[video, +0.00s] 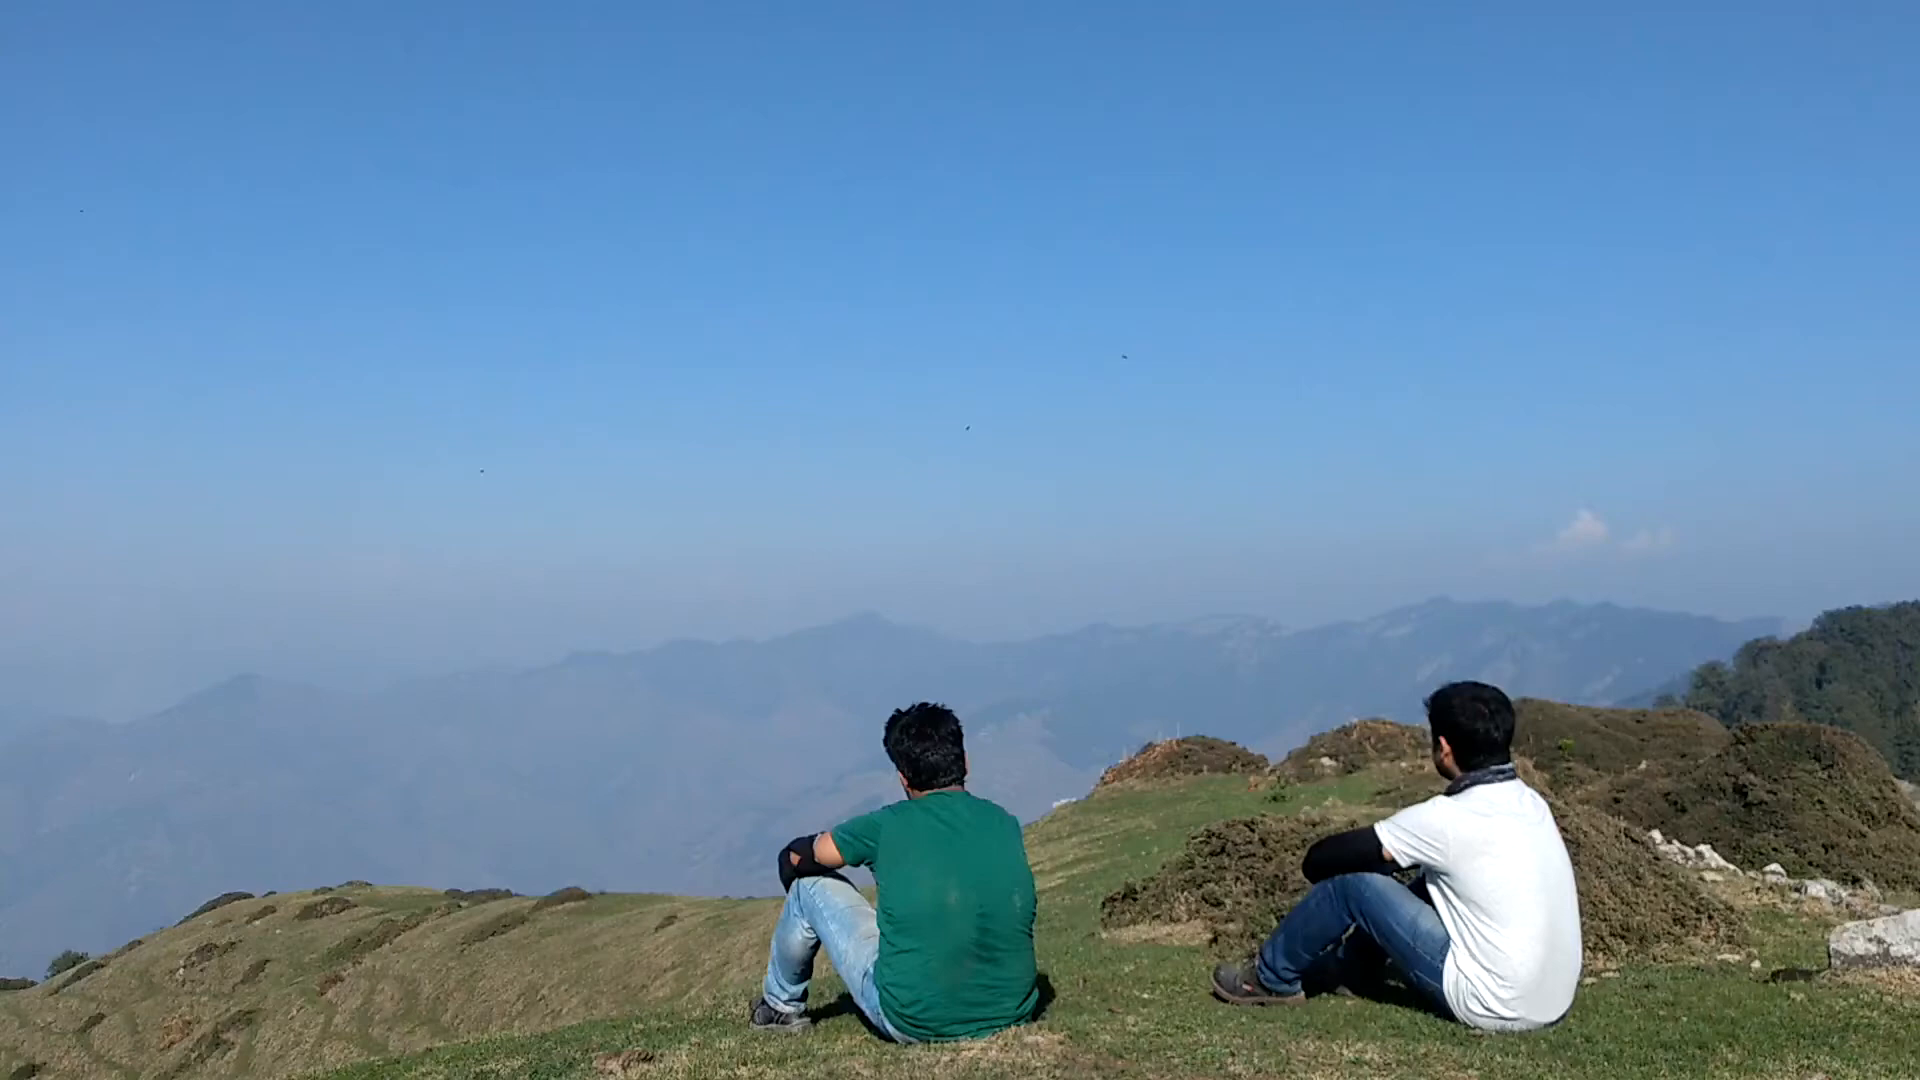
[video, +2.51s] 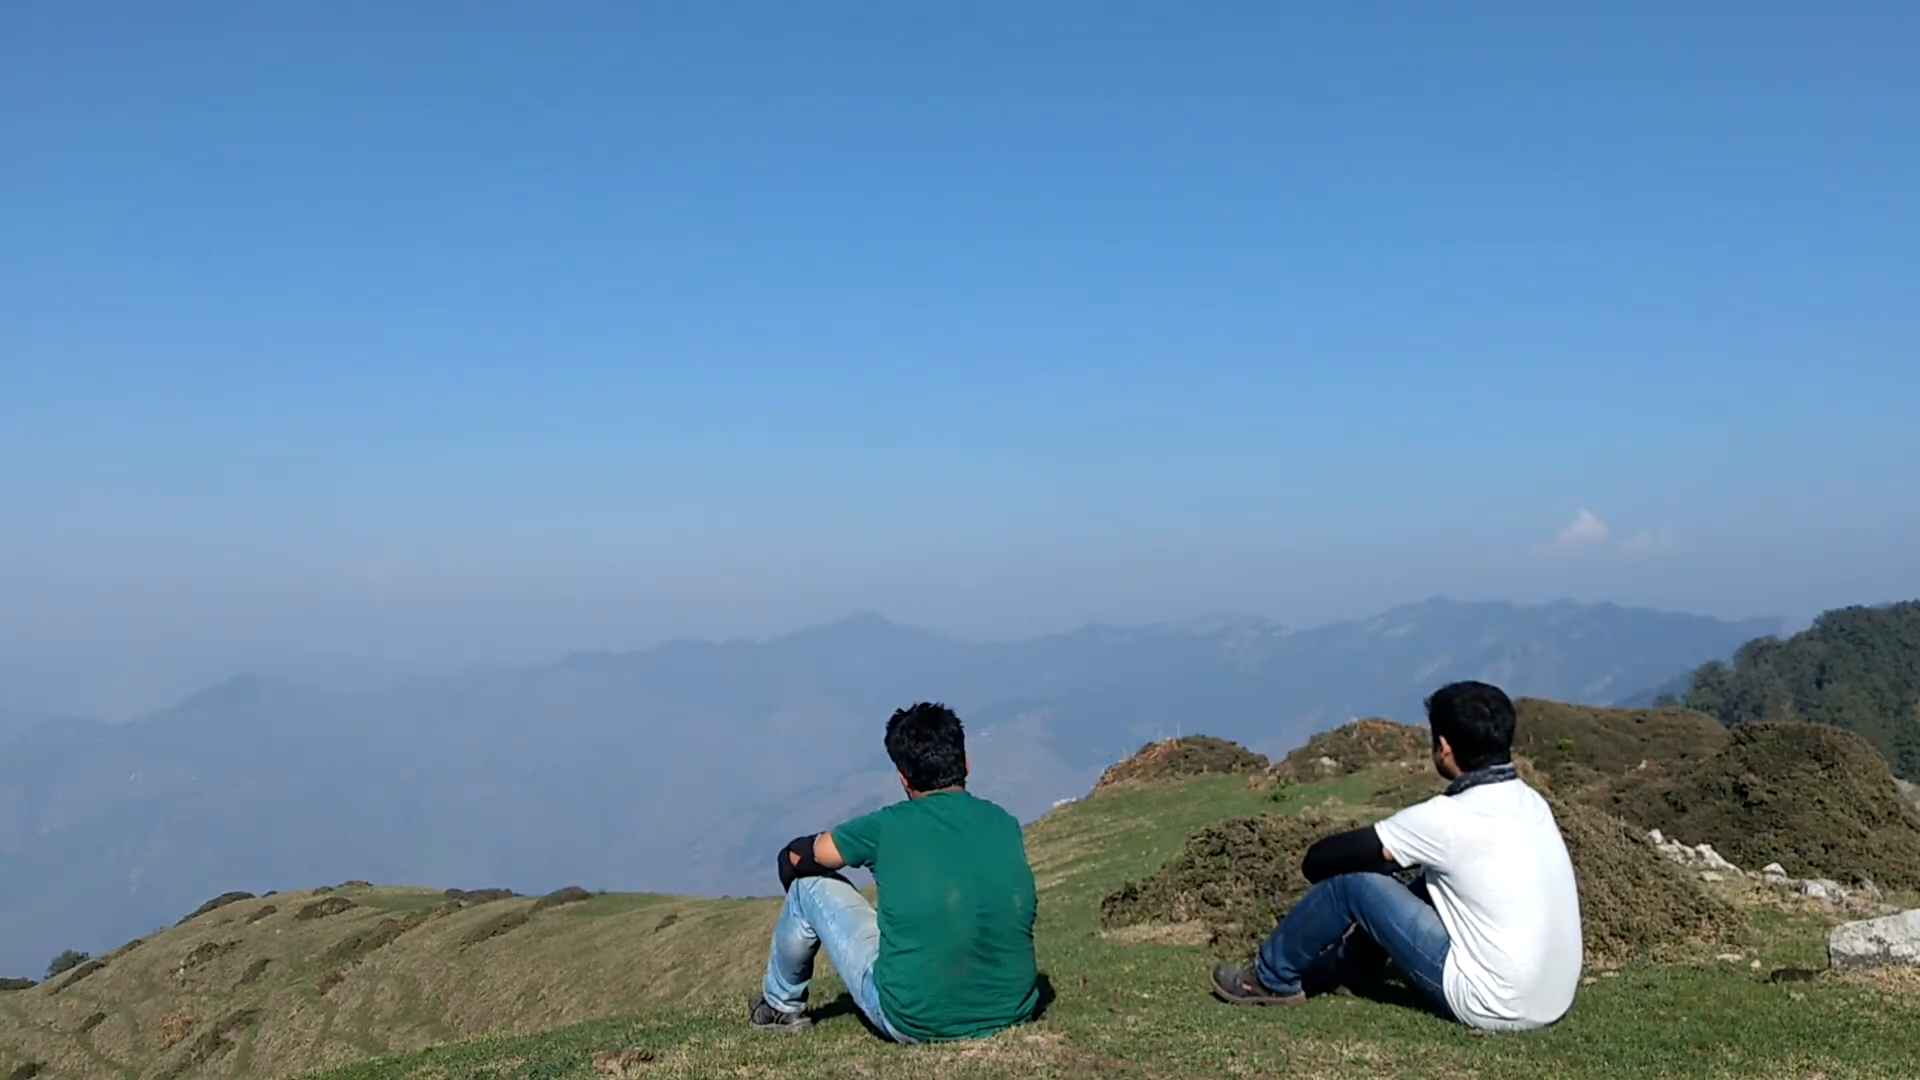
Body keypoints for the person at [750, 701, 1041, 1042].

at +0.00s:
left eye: (897, 771)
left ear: (904, 778)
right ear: (966, 764)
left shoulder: (887, 824)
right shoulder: (1005, 822)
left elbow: (796, 856)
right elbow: (1021, 911)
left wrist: (797, 886)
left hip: (915, 1020)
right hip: (1008, 1012)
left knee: (811, 886)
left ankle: (781, 1005)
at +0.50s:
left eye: (898, 771)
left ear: (904, 778)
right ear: (966, 764)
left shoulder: (888, 824)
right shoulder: (1006, 822)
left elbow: (796, 857)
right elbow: (1021, 912)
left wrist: (798, 891)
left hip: (915, 1020)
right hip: (1009, 1012)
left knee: (811, 886)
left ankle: (781, 1005)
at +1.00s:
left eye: (898, 770)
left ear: (904, 778)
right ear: (966, 764)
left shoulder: (888, 824)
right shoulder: (1006, 823)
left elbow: (796, 857)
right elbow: (1022, 913)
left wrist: (797, 890)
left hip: (915, 1020)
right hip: (1008, 1012)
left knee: (810, 886)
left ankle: (781, 1005)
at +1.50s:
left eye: (898, 770)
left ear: (904, 777)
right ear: (966, 764)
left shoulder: (887, 825)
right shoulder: (1006, 823)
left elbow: (796, 856)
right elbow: (1020, 911)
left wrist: (796, 888)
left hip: (915, 1020)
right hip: (1009, 1011)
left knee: (810, 885)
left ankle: (781, 1005)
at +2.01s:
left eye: (898, 770)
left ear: (904, 777)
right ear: (967, 764)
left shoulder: (887, 825)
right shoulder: (1006, 823)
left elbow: (796, 857)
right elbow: (1022, 912)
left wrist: (797, 889)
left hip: (915, 1021)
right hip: (1009, 1012)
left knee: (810, 885)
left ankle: (781, 1006)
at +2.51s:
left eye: (898, 770)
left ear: (904, 778)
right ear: (967, 764)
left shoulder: (887, 824)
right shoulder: (1005, 822)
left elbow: (796, 857)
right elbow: (1021, 911)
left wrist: (797, 888)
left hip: (915, 1020)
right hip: (1008, 1012)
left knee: (810, 886)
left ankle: (781, 1005)